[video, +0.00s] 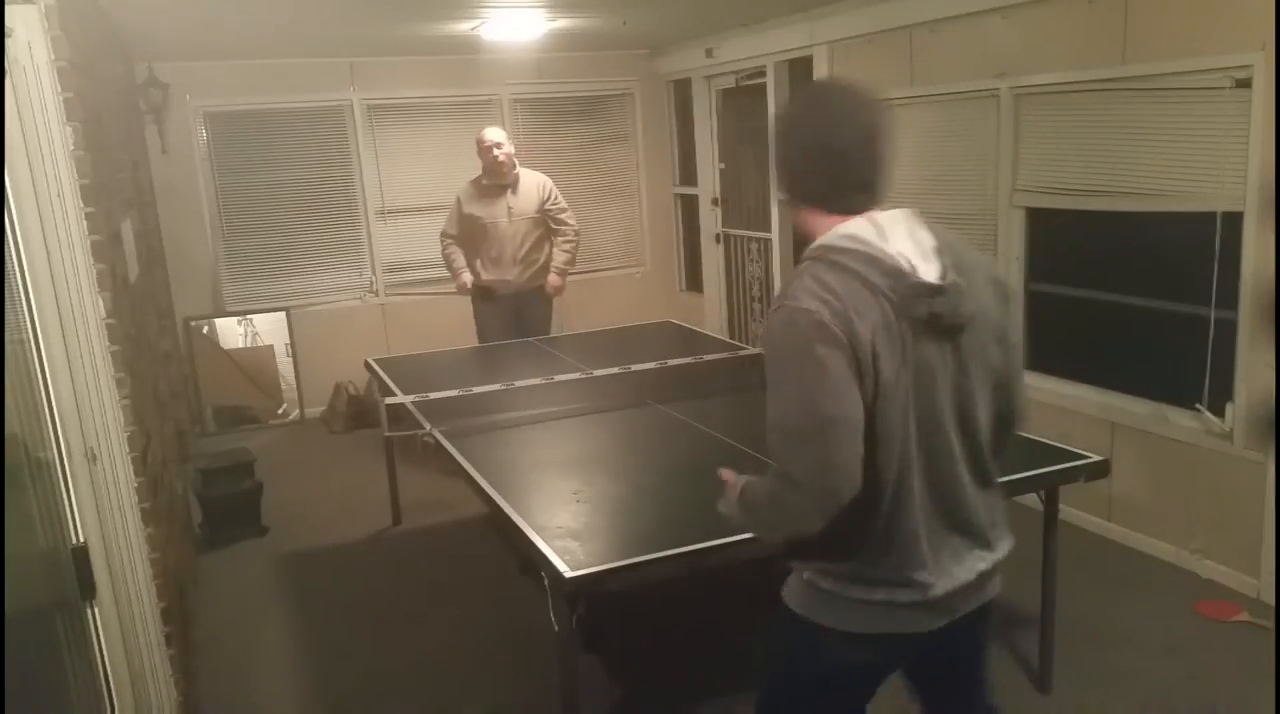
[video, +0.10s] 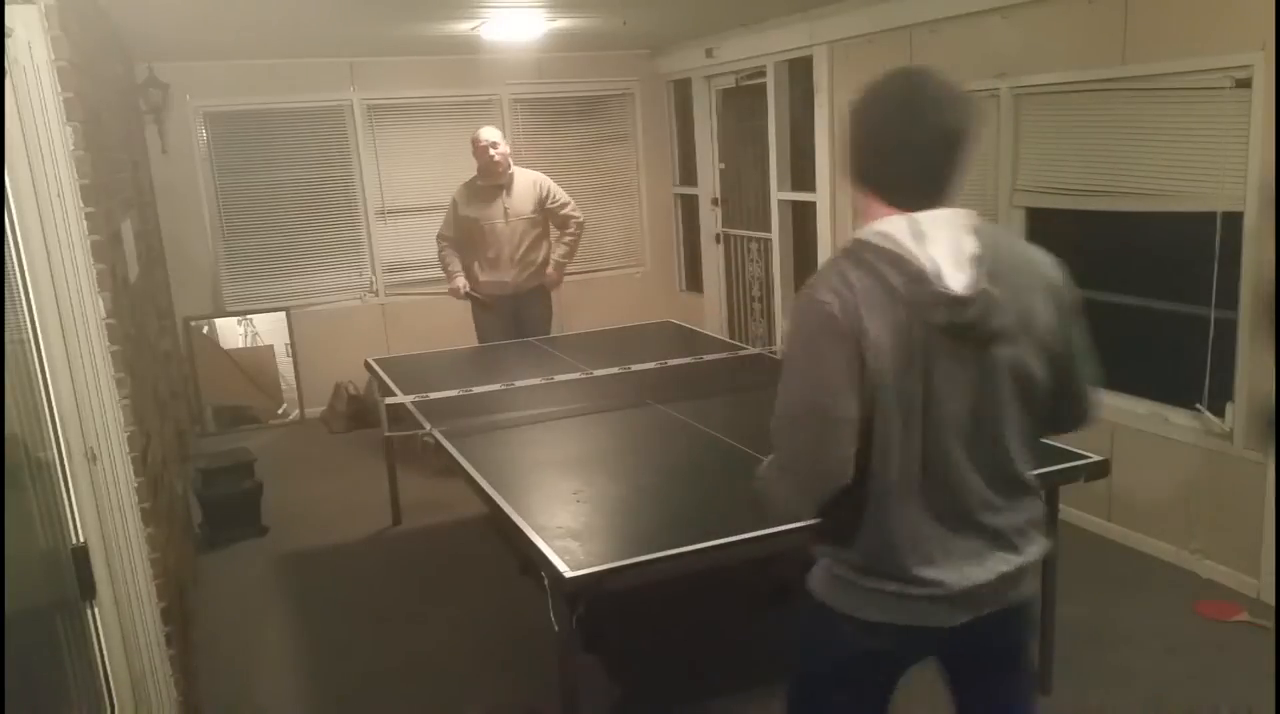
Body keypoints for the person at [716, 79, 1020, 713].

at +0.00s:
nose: (777, 174)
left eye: (782, 159)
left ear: (788, 175)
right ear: (876, 163)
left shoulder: (813, 306)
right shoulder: (974, 271)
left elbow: (821, 485)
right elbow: (1004, 418)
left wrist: (744, 499)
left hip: (851, 612)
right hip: (967, 595)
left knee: (796, 703)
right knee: (963, 704)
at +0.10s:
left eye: (852, 139)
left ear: (857, 158)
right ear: (957, 159)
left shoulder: (838, 295)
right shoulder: (1035, 274)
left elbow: (814, 471)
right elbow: (1072, 406)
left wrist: (773, 482)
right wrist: (985, 400)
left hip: (871, 607)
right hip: (1003, 600)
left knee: (830, 702)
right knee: (1004, 704)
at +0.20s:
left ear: (924, 173)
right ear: (1023, 178)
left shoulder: (885, 292)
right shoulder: (1092, 278)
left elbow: (827, 462)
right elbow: (1139, 404)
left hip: (906, 611)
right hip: (1047, 610)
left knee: (858, 702)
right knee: (1055, 704)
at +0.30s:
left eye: (978, 143)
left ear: (979, 159)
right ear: (1081, 170)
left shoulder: (923, 287)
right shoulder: (1142, 276)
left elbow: (871, 431)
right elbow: (1170, 398)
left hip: (939, 599)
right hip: (1086, 604)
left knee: (873, 704)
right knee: (1080, 706)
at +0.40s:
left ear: (1006, 152)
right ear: (1110, 163)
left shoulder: (947, 273)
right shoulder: (1172, 271)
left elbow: (892, 408)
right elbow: (1174, 392)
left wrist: (979, 385)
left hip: (956, 592)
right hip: (1103, 601)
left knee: (888, 701)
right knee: (1093, 706)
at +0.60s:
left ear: (1051, 147)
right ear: (1156, 157)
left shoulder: (989, 246)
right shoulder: (1214, 270)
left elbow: (933, 364)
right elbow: (1220, 392)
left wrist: (1022, 315)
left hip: (984, 581)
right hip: (1126, 593)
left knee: (965, 701)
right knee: (1115, 705)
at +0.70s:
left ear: (1068, 143)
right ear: (1169, 160)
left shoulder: (1000, 246)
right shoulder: (1226, 273)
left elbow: (942, 364)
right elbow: (1213, 395)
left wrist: (1029, 320)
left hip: (1004, 571)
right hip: (1135, 584)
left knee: (1014, 705)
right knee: (1124, 705)